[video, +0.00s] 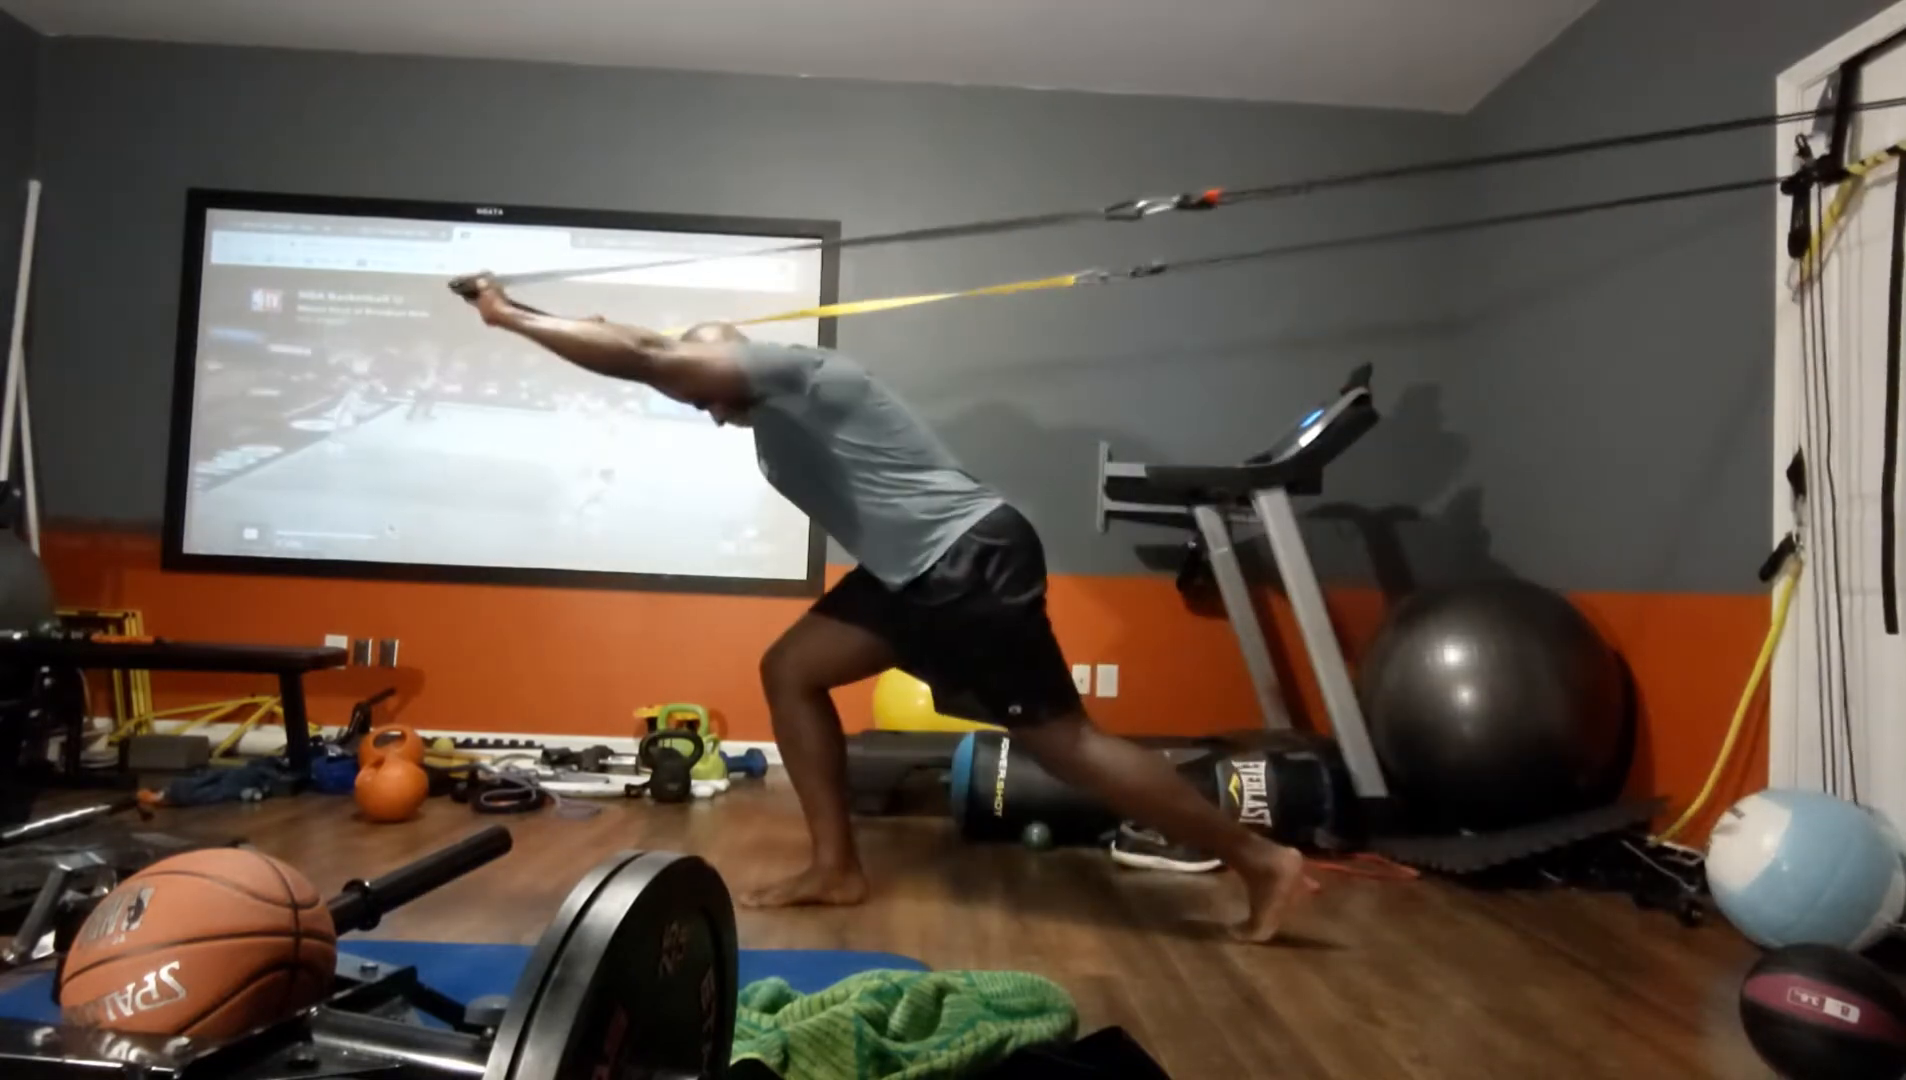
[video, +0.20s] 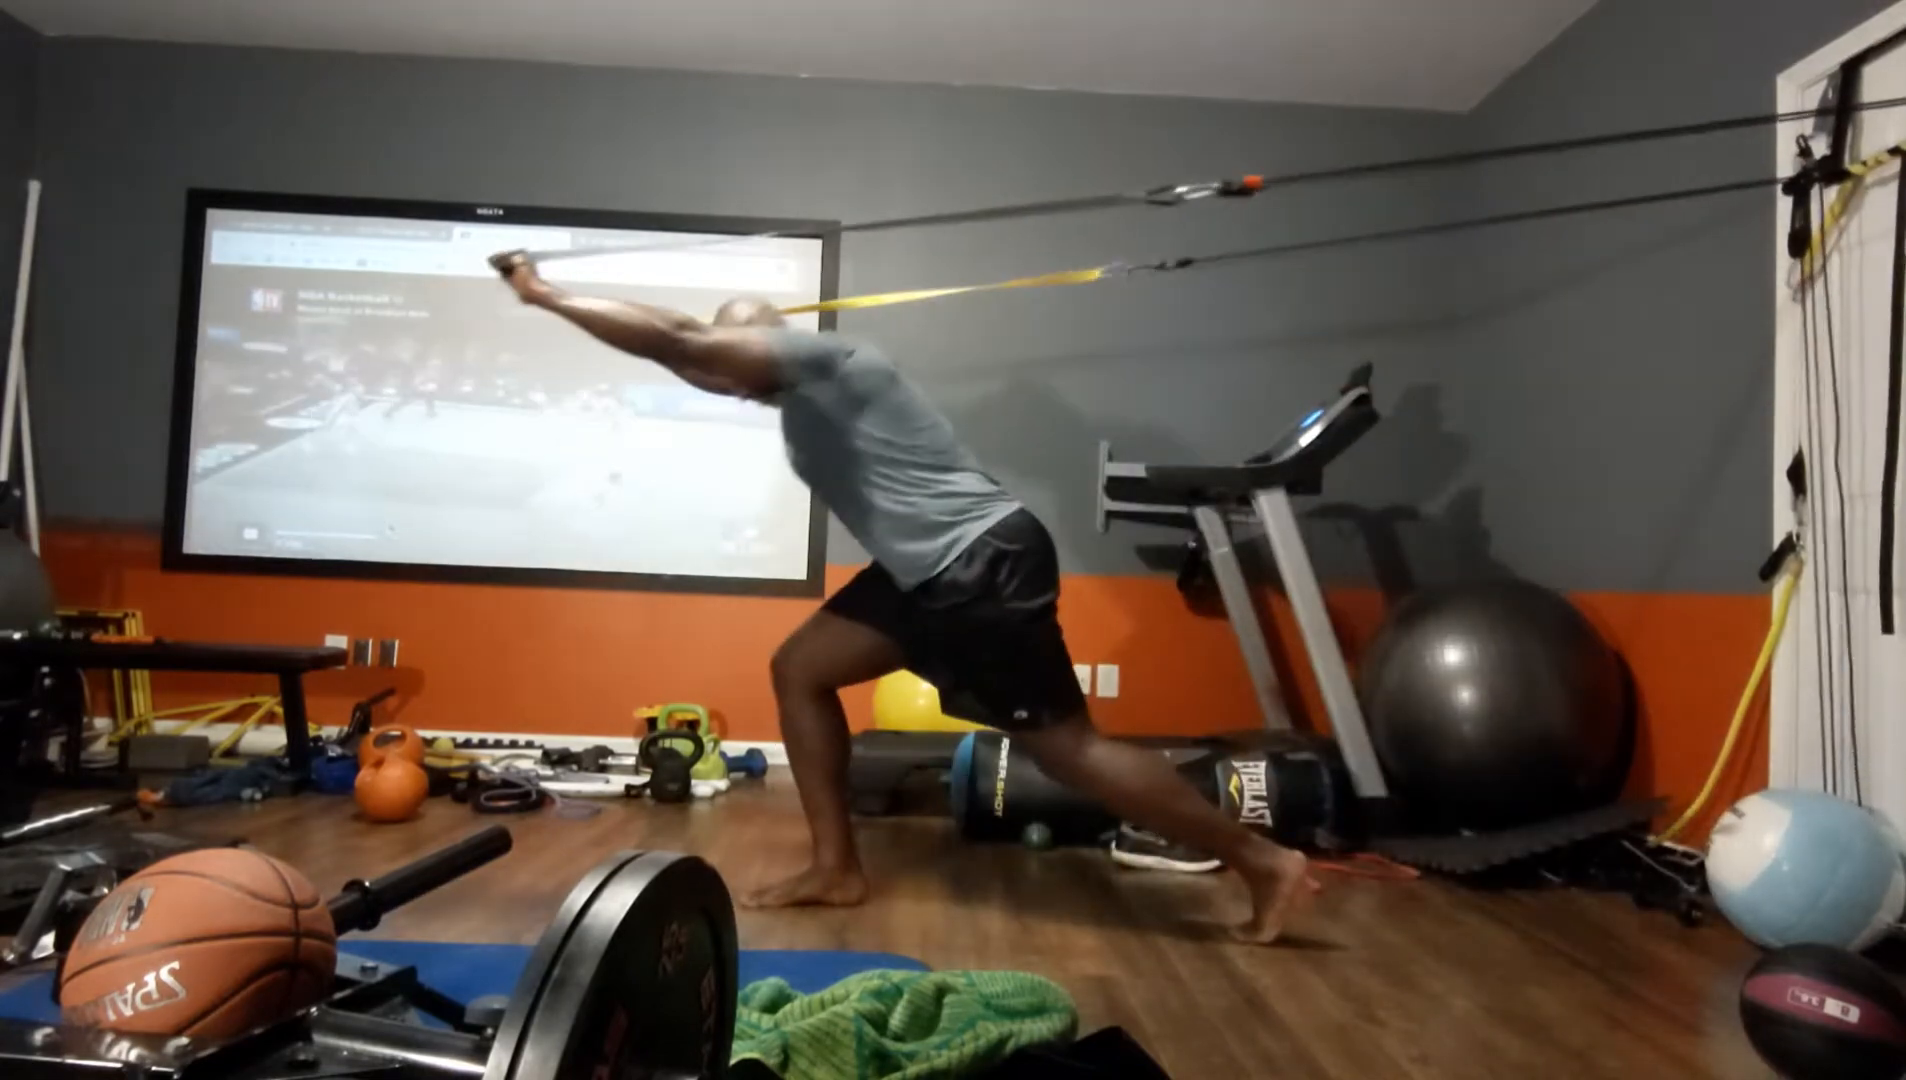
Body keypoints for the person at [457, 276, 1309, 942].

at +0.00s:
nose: (689, 394)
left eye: (691, 376)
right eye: (683, 384)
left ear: (731, 355)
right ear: (755, 366)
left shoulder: (789, 367)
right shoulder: (800, 413)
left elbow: (644, 357)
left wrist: (518, 321)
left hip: (970, 558)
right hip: (915, 569)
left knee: (1068, 746)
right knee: (790, 668)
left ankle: (1262, 859)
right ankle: (833, 868)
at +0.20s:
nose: (713, 364)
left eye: (717, 346)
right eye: (711, 352)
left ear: (751, 332)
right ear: (771, 337)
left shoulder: (821, 362)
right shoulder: (824, 389)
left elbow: (681, 345)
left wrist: (546, 296)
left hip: (986, 563)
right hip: (925, 569)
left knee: (1073, 755)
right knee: (798, 671)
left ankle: (1267, 863)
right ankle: (833, 866)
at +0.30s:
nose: (751, 338)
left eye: (756, 322)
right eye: (749, 324)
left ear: (792, 303)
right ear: (800, 305)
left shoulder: (861, 338)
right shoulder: (837, 380)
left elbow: (720, 327)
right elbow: (731, 366)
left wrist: (581, 293)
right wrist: (638, 324)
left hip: (1006, 553)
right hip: (944, 562)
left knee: (1082, 752)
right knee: (818, 668)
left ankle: (1276, 866)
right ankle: (835, 869)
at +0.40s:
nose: (813, 307)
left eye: (818, 294)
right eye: (811, 296)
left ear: (855, 284)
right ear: (848, 298)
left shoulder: (923, 321)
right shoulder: (878, 371)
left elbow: (801, 332)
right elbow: (805, 379)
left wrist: (667, 300)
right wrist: (712, 340)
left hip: (1037, 547)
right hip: (964, 559)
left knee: (1099, 758)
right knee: (845, 666)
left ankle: (1283, 865)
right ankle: (838, 874)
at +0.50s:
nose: (883, 270)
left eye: (895, 250)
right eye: (876, 258)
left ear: (940, 243)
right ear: (881, 262)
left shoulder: (988, 283)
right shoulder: (939, 343)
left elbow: (929, 338)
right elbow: (900, 398)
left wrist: (803, 317)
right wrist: (815, 363)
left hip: (1084, 523)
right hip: (1010, 542)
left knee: (1126, 736)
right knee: (903, 669)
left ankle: (1296, 872)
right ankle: (845, 871)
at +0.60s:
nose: (944, 242)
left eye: (953, 224)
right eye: (939, 232)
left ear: (1003, 211)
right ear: (966, 233)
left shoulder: (1054, 266)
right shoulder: (1003, 309)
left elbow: (1052, 342)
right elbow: (994, 405)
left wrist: (918, 326)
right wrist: (900, 383)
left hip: (1130, 505)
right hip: (1066, 522)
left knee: (1173, 717)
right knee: (965, 675)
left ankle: (1314, 876)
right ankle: (882, 864)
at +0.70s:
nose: (991, 228)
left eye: (1002, 208)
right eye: (988, 214)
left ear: (1053, 199)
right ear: (1039, 207)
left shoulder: (1102, 256)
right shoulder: (1060, 298)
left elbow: (1149, 346)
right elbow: (1073, 411)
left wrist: (1024, 349)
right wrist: (983, 399)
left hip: (1179, 503)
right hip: (1113, 519)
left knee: (1201, 717)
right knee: (1011, 656)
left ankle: (1317, 885)